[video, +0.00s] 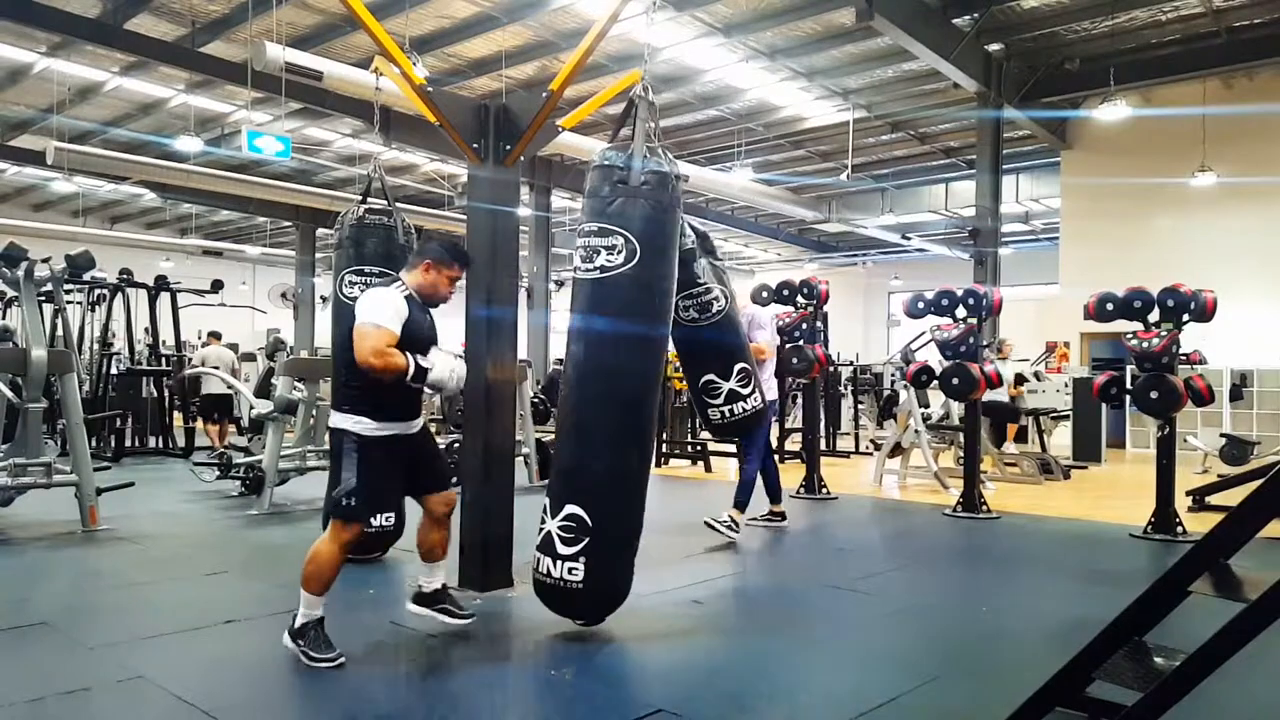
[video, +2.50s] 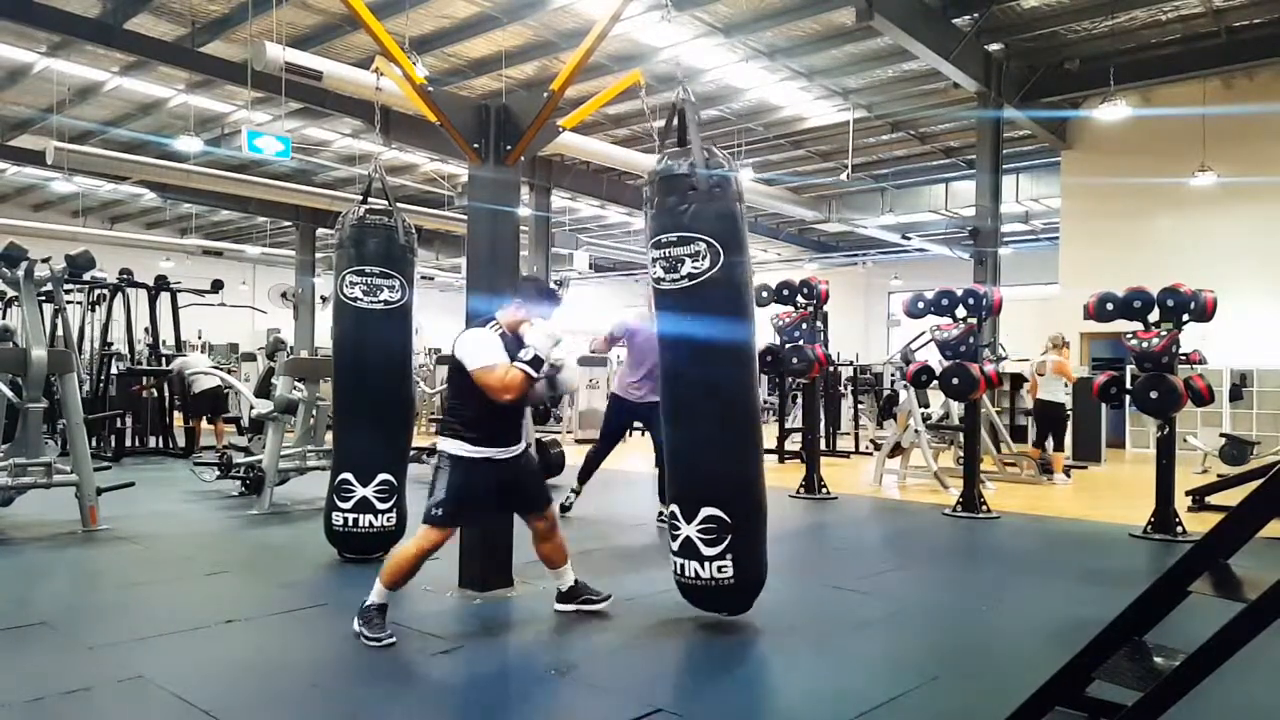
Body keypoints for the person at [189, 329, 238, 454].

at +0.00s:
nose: (207, 342)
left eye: (208, 340)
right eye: (208, 340)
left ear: (209, 340)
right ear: (220, 340)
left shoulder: (203, 352)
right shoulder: (230, 353)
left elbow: (193, 368)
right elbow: (237, 371)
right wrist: (236, 385)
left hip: (208, 391)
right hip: (227, 392)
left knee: (208, 421)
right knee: (224, 421)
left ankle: (216, 446)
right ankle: (222, 446)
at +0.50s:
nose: (186, 355)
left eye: (186, 353)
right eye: (186, 353)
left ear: (188, 351)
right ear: (197, 347)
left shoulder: (188, 357)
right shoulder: (212, 353)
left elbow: (176, 369)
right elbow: (222, 365)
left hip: (202, 389)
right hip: (219, 386)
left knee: (197, 420)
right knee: (220, 419)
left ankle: (197, 446)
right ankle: (219, 445)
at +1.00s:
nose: (171, 367)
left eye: (172, 365)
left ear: (175, 360)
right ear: (185, 356)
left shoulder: (176, 364)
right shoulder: (201, 356)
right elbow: (217, 367)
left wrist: (140, 388)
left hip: (200, 391)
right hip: (217, 387)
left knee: (196, 421)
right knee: (219, 419)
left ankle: (196, 447)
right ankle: (220, 446)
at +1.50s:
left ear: (181, 357)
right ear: (193, 354)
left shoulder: (180, 360)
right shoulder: (204, 357)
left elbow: (166, 378)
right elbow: (217, 368)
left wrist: (146, 388)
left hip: (200, 391)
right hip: (217, 388)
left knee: (196, 421)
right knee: (218, 420)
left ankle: (196, 447)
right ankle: (220, 446)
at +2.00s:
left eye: (173, 365)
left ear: (177, 360)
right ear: (187, 355)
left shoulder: (178, 362)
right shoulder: (202, 356)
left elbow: (163, 378)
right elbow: (216, 367)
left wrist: (145, 387)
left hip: (200, 391)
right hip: (217, 387)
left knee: (196, 421)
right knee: (218, 420)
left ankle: (196, 448)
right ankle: (220, 446)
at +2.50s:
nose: (172, 368)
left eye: (173, 365)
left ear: (177, 360)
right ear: (186, 355)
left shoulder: (178, 362)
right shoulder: (202, 356)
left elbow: (162, 380)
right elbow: (215, 367)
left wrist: (144, 387)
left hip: (199, 391)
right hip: (217, 387)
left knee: (196, 421)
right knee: (218, 420)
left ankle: (196, 448)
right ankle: (220, 446)